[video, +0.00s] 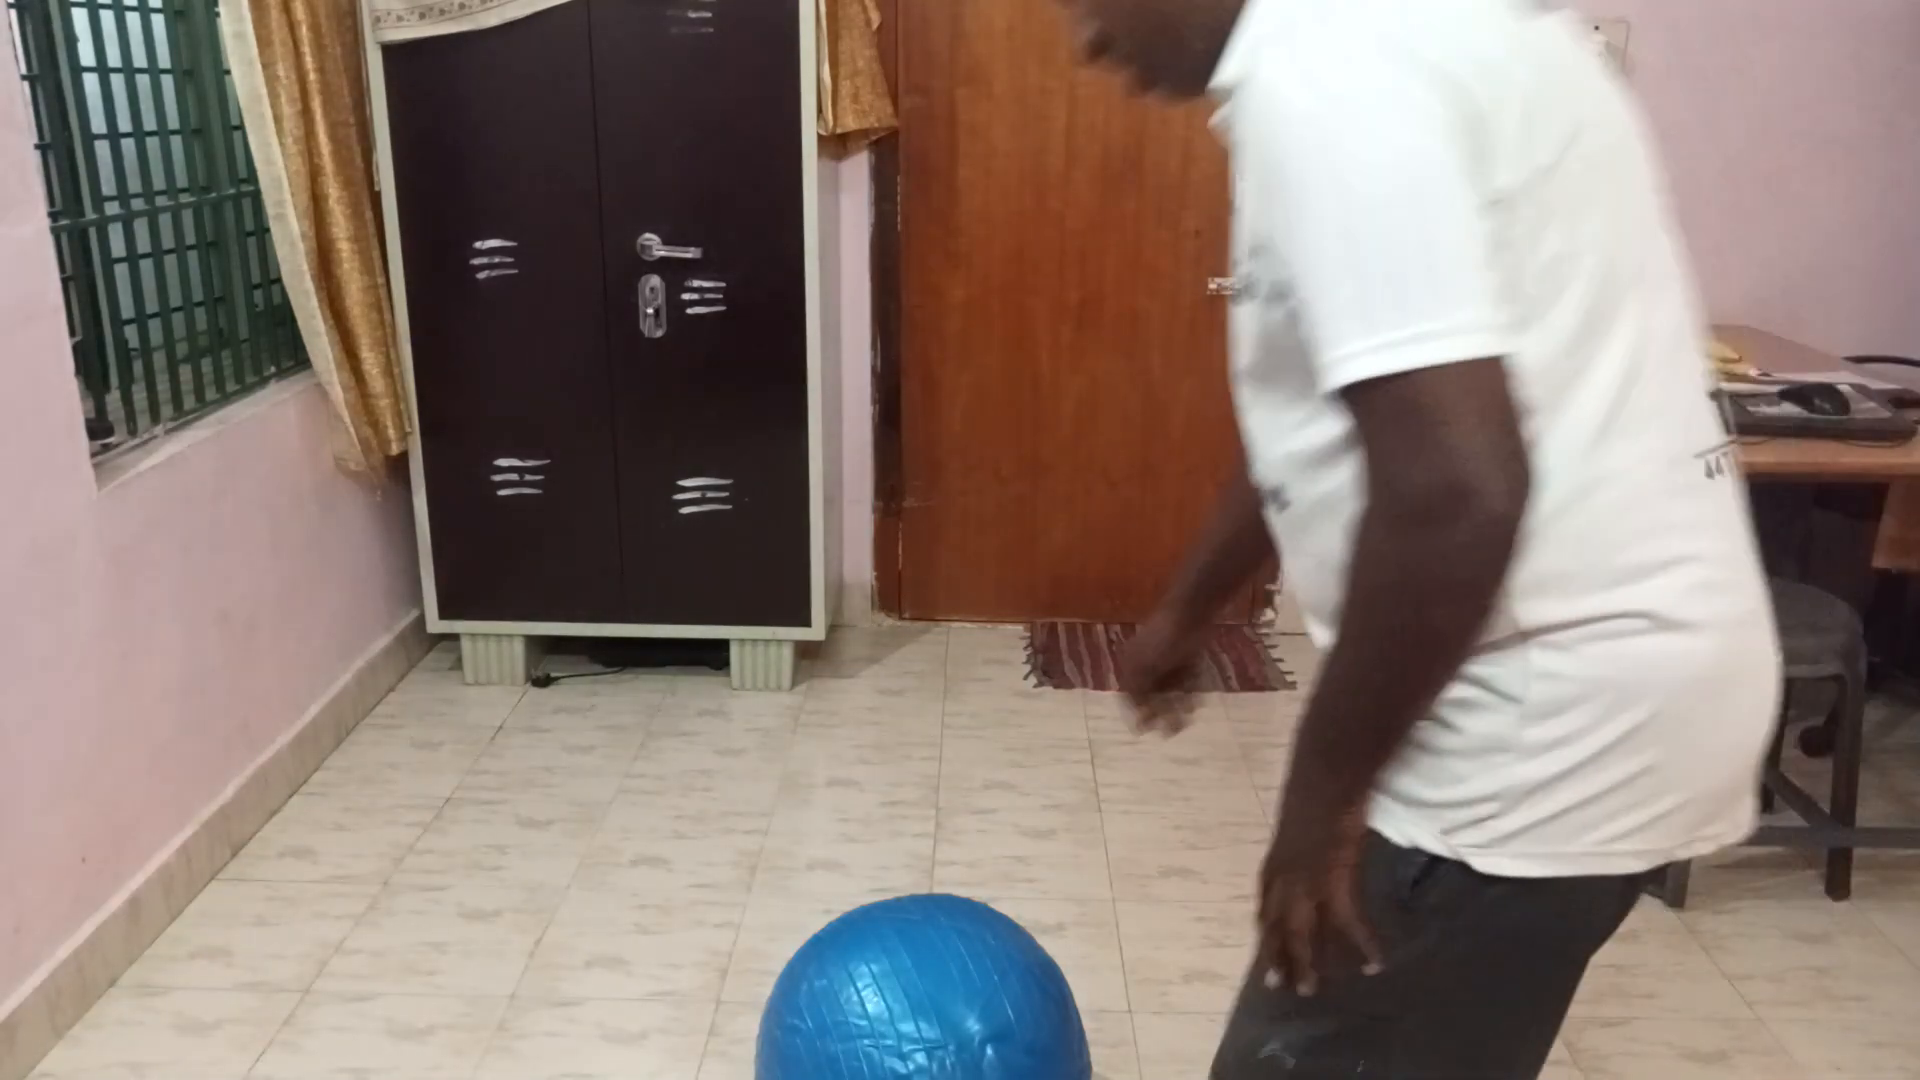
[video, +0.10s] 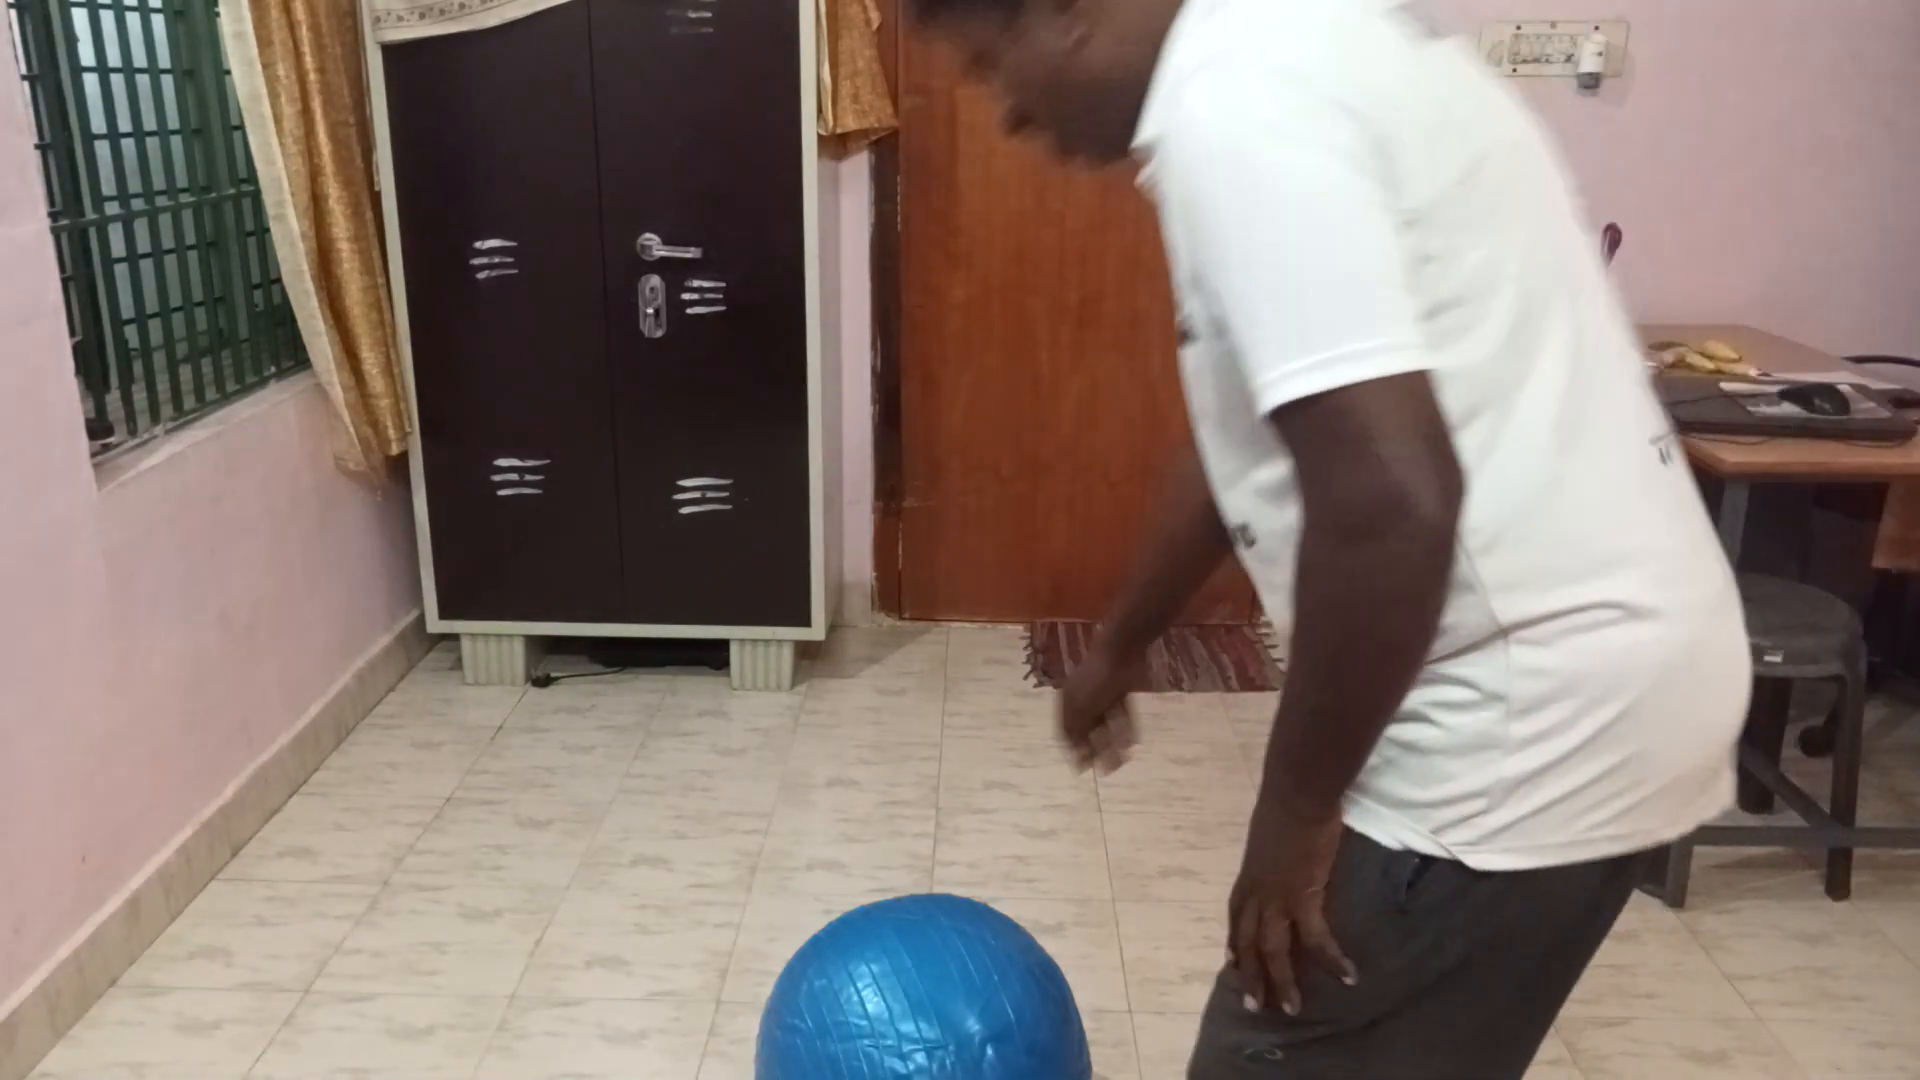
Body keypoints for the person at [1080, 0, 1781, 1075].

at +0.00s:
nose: (1085, 41)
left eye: (1087, 6)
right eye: (1078, 15)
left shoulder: (1323, 64)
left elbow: (1453, 489)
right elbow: (1326, 402)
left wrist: (1320, 802)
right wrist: (1185, 611)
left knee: (1290, 1060)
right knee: (1400, 1053)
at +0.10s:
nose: (999, 106)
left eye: (987, 59)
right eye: (974, 73)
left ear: (1070, 8)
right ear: (1075, 9)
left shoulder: (1235, 98)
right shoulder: (1312, 42)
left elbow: (1387, 500)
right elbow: (1258, 433)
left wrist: (1293, 818)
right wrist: (1119, 648)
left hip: (1514, 729)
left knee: (1268, 1056)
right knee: (1396, 1057)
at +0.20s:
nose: (934, 194)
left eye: (919, 149)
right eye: (905, 165)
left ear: (990, 76)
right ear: (1000, 65)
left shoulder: (1164, 137)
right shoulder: (1209, 93)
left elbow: (1355, 499)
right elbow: (1169, 469)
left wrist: (1297, 809)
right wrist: (1066, 684)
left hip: (1513, 706)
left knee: (1268, 1048)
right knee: (1390, 1049)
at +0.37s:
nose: (878, 337)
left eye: (859, 292)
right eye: (854, 306)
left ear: (913, 227)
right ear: (925, 219)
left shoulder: (1089, 224)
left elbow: (1343, 480)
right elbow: (1090, 566)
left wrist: (1319, 795)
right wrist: (999, 776)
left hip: (1532, 655)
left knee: (1284, 1042)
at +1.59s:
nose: (891, 265)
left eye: (876, 222)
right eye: (871, 235)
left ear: (931, 160)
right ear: (936, 154)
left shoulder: (1057, 179)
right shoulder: (1121, 144)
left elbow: (1235, 415)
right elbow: (1160, 477)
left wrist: (1275, 719)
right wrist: (1048, 681)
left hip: (1454, 562)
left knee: (1304, 986)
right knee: (1323, 974)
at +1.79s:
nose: (949, 112)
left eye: (947, 66)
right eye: (931, 86)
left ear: (1023, 9)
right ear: (1037, 9)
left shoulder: (1133, 74)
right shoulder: (1199, 46)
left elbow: (1258, 359)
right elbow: (1233, 388)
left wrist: (1254, 669)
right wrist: (1157, 622)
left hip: (1422, 561)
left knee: (1305, 979)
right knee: (1327, 969)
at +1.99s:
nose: (1038, 13)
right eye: (1032, 5)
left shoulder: (1258, 26)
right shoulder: (1213, 36)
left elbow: (1366, 284)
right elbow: (1280, 312)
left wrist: (1268, 583)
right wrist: (1238, 558)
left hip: (1435, 536)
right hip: (1374, 526)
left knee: (1353, 931)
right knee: (1307, 835)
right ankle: (1341, 1059)